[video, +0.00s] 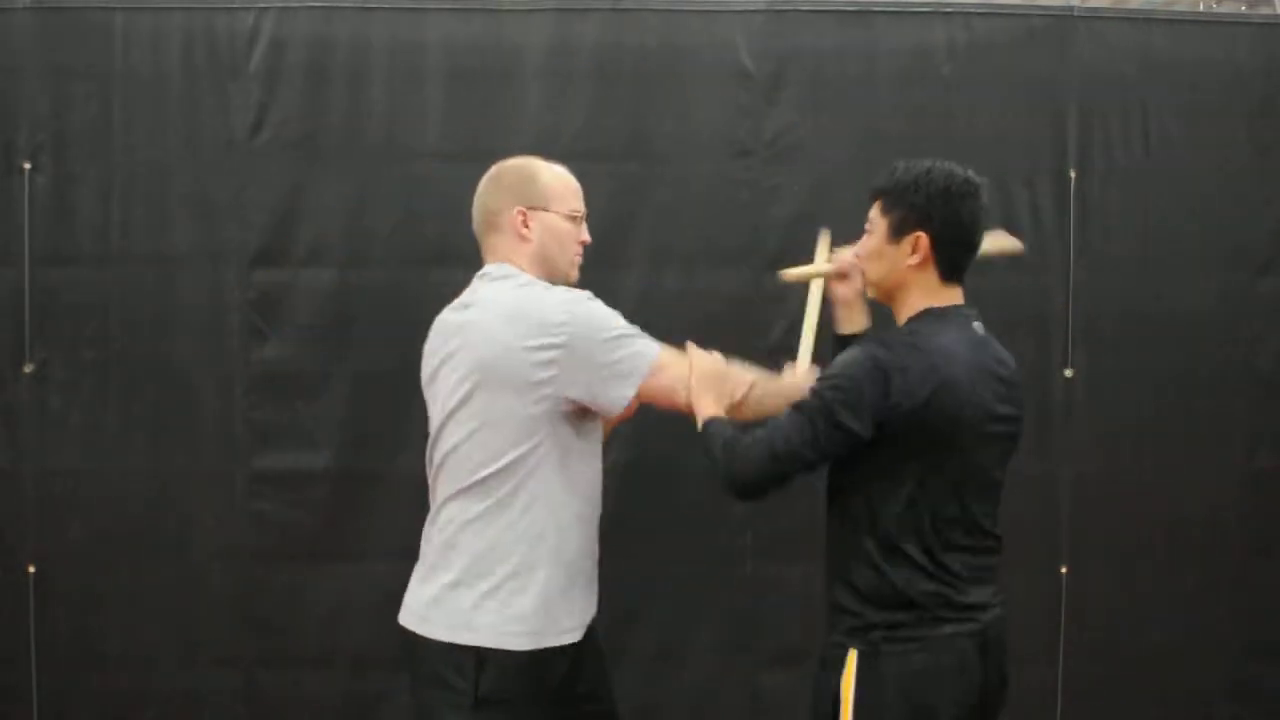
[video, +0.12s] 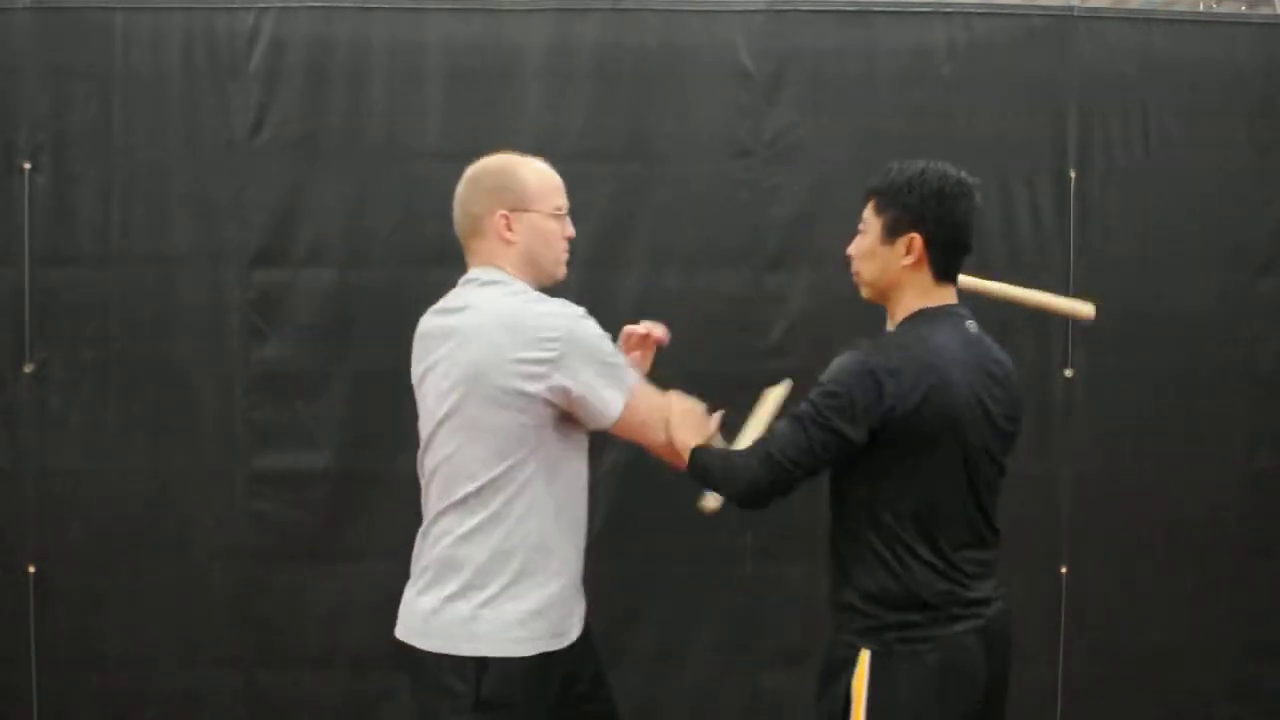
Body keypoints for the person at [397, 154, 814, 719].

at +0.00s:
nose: (587, 237)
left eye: (584, 221)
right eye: (574, 218)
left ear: (525, 225)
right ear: (525, 223)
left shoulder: (454, 323)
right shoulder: (557, 317)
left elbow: (570, 431)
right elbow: (695, 385)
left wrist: (652, 372)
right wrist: (791, 389)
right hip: (517, 641)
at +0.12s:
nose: (572, 232)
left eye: (568, 216)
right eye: (558, 215)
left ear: (507, 225)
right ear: (507, 225)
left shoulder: (437, 323)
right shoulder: (553, 327)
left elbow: (532, 424)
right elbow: (672, 436)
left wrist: (620, 376)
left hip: (437, 635)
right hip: (523, 646)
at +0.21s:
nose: (556, 228)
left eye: (552, 212)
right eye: (543, 211)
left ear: (487, 225)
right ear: (490, 224)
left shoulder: (439, 312)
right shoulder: (534, 329)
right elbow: (646, 430)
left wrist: (649, 343)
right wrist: (689, 423)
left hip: (437, 631)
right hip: (510, 644)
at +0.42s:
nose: (520, 215)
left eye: (514, 197)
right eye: (502, 199)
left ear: (447, 219)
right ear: (445, 217)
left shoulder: (481, 277)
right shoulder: (460, 310)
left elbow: (613, 256)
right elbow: (640, 329)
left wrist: (736, 265)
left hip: (517, 613)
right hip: (454, 635)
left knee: (573, 706)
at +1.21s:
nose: (587, 224)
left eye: (585, 209)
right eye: (571, 206)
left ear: (519, 216)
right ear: (515, 212)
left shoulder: (533, 315)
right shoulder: (487, 304)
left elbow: (544, 480)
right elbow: (649, 345)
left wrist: (620, 440)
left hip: (572, 627)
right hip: (492, 637)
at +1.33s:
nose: (597, 222)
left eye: (594, 207)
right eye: (582, 203)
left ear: (533, 212)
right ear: (530, 209)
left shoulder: (535, 297)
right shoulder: (521, 293)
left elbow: (546, 460)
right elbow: (694, 343)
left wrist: (620, 414)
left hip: (564, 625)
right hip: (505, 629)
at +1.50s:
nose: (600, 228)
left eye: (596, 212)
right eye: (586, 209)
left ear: (536, 219)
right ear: (535, 217)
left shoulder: (482, 312)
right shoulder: (561, 304)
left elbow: (599, 416)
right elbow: (719, 357)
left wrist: (698, 344)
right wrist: (805, 345)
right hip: (525, 635)